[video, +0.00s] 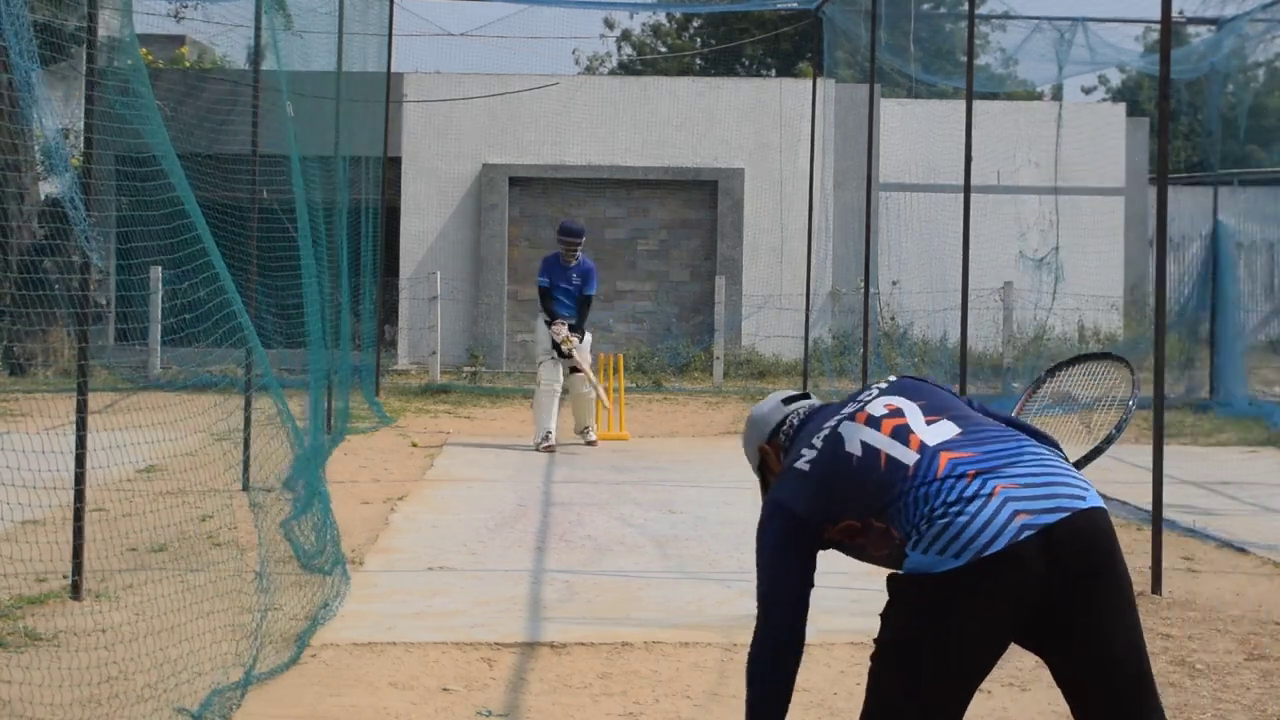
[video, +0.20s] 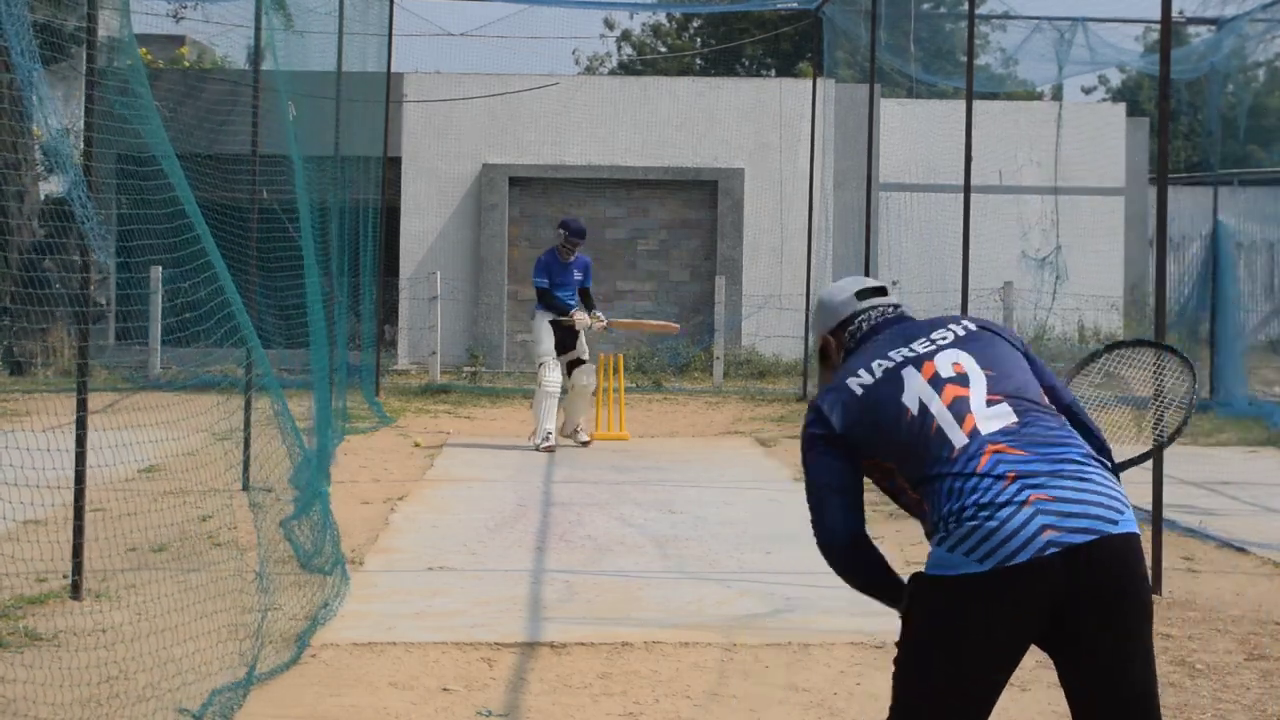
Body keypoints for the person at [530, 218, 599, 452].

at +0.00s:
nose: (569, 252)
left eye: (574, 248)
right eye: (565, 247)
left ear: (581, 245)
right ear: (559, 244)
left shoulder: (587, 268)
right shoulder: (548, 264)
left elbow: (585, 304)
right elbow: (544, 298)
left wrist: (577, 332)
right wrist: (555, 321)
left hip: (577, 326)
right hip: (550, 324)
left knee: (581, 380)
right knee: (550, 378)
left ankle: (585, 427)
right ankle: (545, 433)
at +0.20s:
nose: (569, 250)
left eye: (574, 246)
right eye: (566, 245)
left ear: (580, 244)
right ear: (559, 239)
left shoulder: (583, 263)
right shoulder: (545, 261)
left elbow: (584, 292)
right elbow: (544, 297)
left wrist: (595, 313)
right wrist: (571, 312)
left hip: (572, 320)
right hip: (546, 319)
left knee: (583, 378)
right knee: (550, 376)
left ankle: (571, 426)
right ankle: (546, 434)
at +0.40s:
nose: (582, 246)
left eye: (585, 243)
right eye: (580, 241)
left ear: (585, 242)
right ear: (570, 236)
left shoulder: (579, 261)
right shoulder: (553, 258)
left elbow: (570, 291)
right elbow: (550, 294)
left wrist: (591, 295)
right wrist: (580, 306)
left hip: (567, 320)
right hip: (549, 320)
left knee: (576, 379)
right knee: (553, 379)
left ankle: (563, 435)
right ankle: (543, 435)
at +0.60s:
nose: (596, 250)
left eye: (598, 246)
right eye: (595, 245)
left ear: (589, 242)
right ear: (585, 239)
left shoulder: (579, 261)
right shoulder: (563, 256)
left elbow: (571, 297)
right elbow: (548, 291)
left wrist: (592, 298)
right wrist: (566, 317)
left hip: (571, 321)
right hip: (558, 321)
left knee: (572, 379)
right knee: (565, 380)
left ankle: (563, 435)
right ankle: (543, 434)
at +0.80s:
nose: (600, 255)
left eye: (603, 252)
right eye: (601, 250)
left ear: (598, 246)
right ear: (595, 243)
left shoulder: (583, 262)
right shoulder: (571, 257)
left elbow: (572, 297)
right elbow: (550, 291)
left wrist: (593, 302)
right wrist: (553, 322)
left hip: (571, 318)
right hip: (563, 318)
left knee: (571, 380)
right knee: (584, 375)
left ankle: (559, 429)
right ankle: (557, 431)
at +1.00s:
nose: (610, 262)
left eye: (613, 259)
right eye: (612, 257)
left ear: (604, 247)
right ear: (605, 249)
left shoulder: (588, 263)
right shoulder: (582, 260)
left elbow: (576, 299)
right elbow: (557, 290)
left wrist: (596, 306)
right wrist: (567, 317)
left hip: (572, 324)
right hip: (568, 324)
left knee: (577, 381)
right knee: (581, 382)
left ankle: (561, 434)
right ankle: (573, 440)